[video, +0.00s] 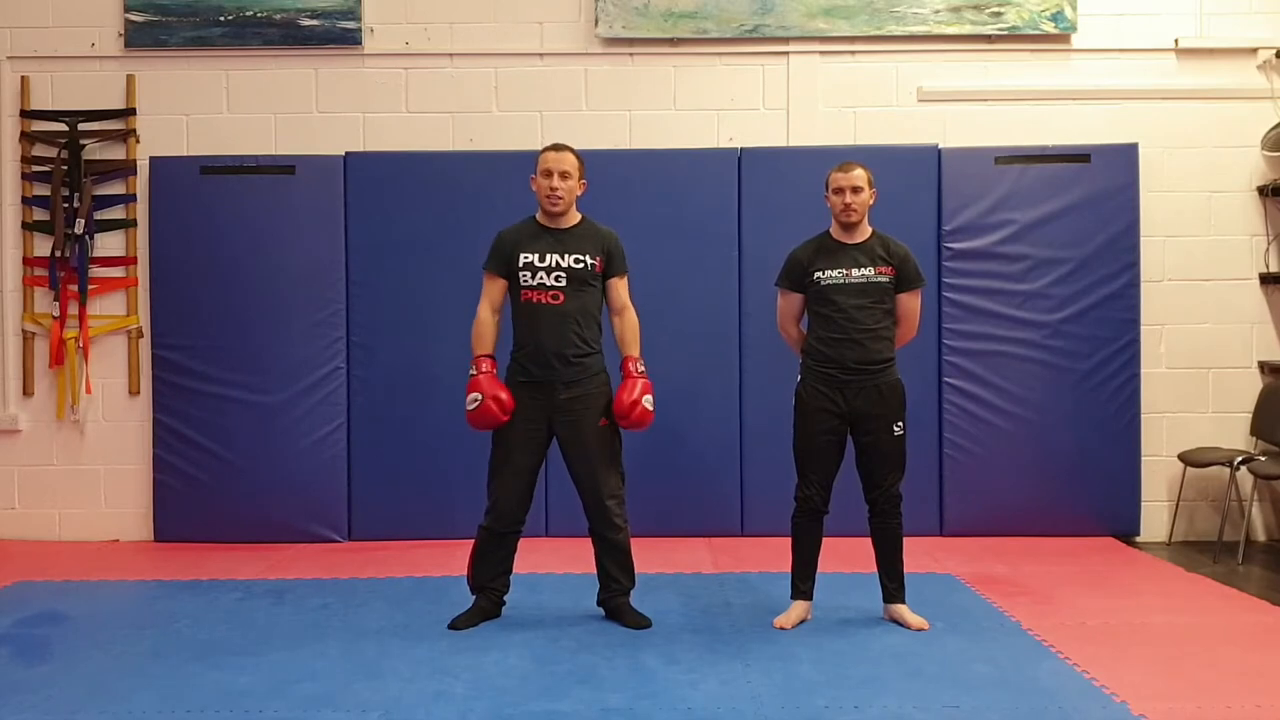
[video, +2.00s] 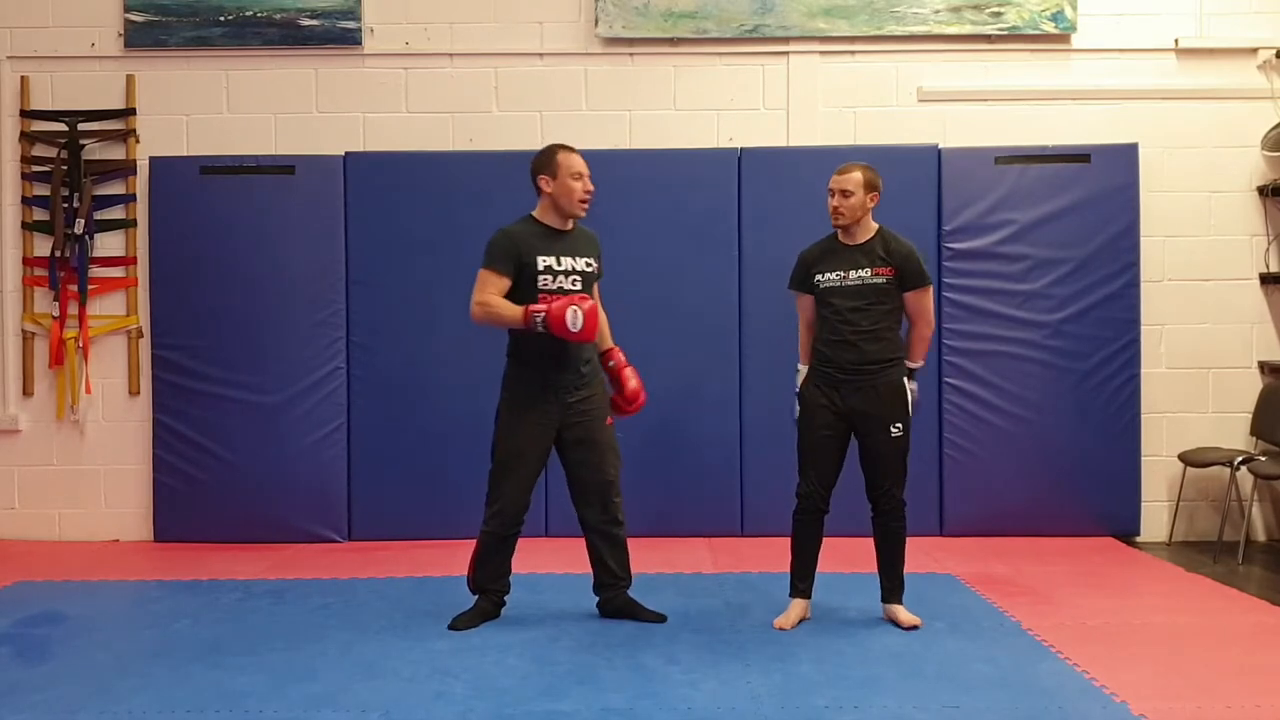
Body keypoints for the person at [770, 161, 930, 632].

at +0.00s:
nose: (847, 199)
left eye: (855, 190)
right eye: (838, 191)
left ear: (872, 196)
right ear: (827, 198)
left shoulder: (897, 256)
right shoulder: (805, 258)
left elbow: (908, 327)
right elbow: (787, 325)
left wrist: (866, 353)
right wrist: (822, 357)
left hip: (879, 392)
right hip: (820, 392)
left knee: (886, 499)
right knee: (810, 497)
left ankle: (894, 601)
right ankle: (801, 599)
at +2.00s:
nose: (835, 202)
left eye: (845, 194)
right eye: (831, 194)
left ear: (871, 199)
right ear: (828, 199)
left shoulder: (900, 255)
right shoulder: (812, 259)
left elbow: (923, 322)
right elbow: (807, 325)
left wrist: (908, 376)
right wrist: (805, 376)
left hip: (884, 390)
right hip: (824, 391)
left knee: (888, 500)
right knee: (810, 496)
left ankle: (892, 600)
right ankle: (799, 597)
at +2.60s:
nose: (838, 210)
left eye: (846, 201)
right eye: (836, 201)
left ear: (875, 201)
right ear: (853, 202)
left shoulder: (901, 251)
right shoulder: (840, 254)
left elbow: (906, 320)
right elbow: (827, 327)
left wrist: (865, 338)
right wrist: (820, 308)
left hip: (884, 382)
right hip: (840, 381)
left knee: (884, 490)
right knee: (836, 488)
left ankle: (892, 602)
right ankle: (857, 590)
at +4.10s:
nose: (811, 231)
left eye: (814, 220)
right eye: (810, 221)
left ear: (837, 215)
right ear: (842, 215)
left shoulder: (862, 266)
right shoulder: (841, 263)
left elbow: (874, 342)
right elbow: (840, 329)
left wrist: (819, 372)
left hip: (865, 388)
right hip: (843, 385)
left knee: (872, 499)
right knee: (844, 496)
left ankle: (908, 606)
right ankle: (868, 583)